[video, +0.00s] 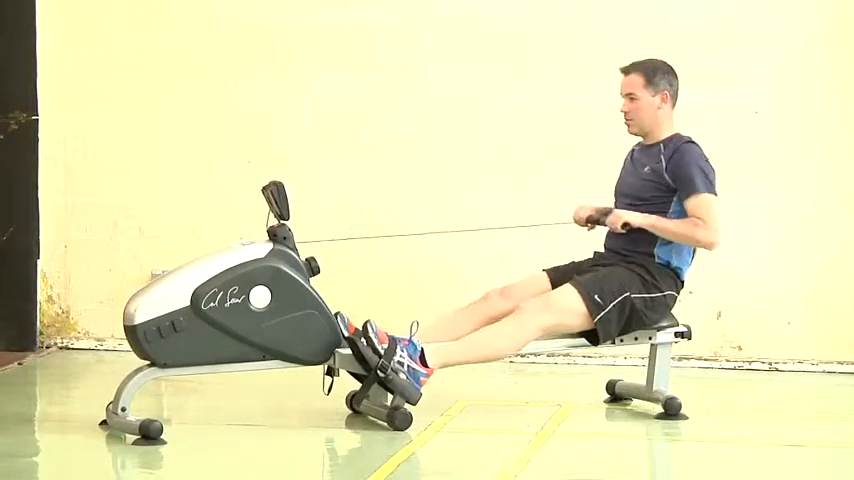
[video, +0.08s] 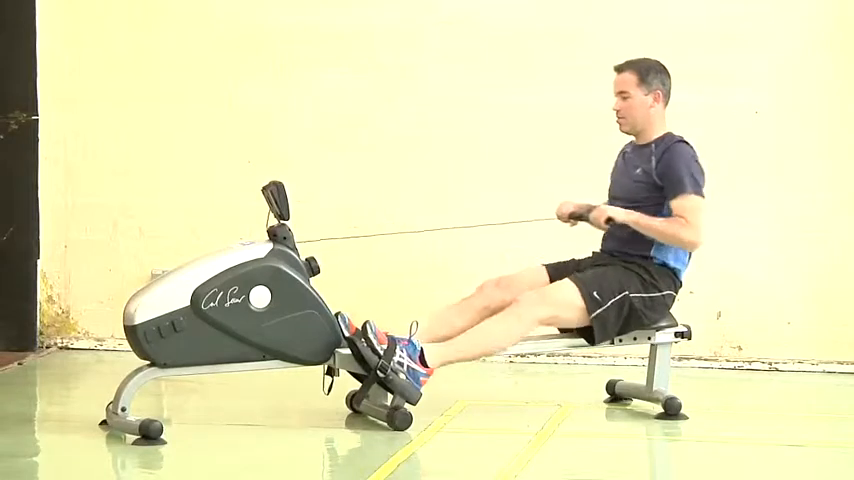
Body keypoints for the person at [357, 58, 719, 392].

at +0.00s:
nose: (623, 109)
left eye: (631, 98)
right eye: (622, 99)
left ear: (663, 100)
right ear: (650, 101)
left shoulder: (684, 153)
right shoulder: (637, 155)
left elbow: (709, 233)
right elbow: (641, 220)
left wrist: (642, 219)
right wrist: (604, 214)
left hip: (648, 276)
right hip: (612, 263)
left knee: (536, 313)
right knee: (500, 299)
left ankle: (424, 363)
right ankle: (399, 347)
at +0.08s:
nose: (615, 107)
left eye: (624, 97)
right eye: (615, 97)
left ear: (657, 99)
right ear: (642, 100)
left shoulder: (677, 154)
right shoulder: (628, 155)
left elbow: (692, 234)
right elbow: (622, 229)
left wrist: (621, 214)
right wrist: (587, 213)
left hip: (646, 278)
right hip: (608, 264)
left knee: (535, 308)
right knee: (494, 291)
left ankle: (422, 363)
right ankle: (398, 347)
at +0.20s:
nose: (598, 105)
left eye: (607, 96)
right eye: (598, 96)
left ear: (640, 99)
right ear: (626, 100)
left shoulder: (658, 154)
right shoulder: (608, 156)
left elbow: (657, 233)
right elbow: (584, 215)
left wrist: (591, 213)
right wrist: (552, 209)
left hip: (639, 279)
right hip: (601, 267)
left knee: (523, 288)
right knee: (487, 277)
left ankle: (423, 365)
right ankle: (404, 348)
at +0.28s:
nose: (584, 106)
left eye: (592, 96)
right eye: (584, 96)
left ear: (624, 100)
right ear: (614, 101)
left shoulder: (642, 154)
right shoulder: (593, 157)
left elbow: (629, 228)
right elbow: (561, 205)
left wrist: (557, 212)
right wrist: (521, 207)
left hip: (629, 280)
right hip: (593, 271)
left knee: (513, 275)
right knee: (478, 267)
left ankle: (423, 362)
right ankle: (404, 346)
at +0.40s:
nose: (557, 107)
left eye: (565, 98)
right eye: (557, 99)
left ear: (596, 102)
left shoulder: (615, 153)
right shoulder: (565, 158)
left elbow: (580, 217)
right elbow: (519, 198)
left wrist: (501, 211)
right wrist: (471, 206)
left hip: (612, 281)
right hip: (576, 274)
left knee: (499, 263)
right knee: (466, 254)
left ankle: (423, 360)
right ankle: (398, 344)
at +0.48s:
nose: (537, 108)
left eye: (546, 99)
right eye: (537, 99)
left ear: (577, 103)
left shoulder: (596, 154)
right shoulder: (547, 159)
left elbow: (548, 211)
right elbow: (492, 195)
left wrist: (472, 215)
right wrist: (446, 209)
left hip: (599, 281)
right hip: (564, 275)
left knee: (492, 255)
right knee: (455, 249)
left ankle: (423, 360)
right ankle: (397, 342)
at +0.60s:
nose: (507, 113)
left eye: (515, 104)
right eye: (506, 104)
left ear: (547, 107)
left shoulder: (569, 157)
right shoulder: (519, 159)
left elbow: (501, 205)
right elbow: (463, 193)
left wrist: (421, 223)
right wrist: (403, 214)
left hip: (582, 286)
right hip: (543, 282)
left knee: (480, 246)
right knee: (439, 239)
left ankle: (421, 359)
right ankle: (393, 342)